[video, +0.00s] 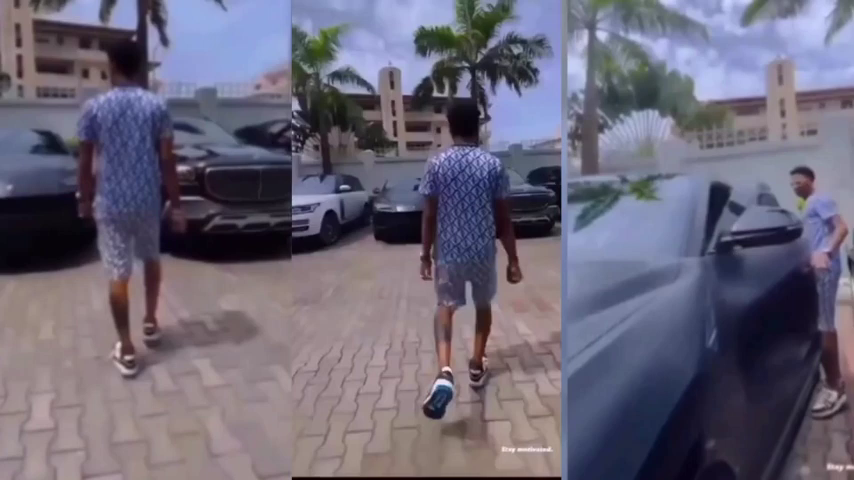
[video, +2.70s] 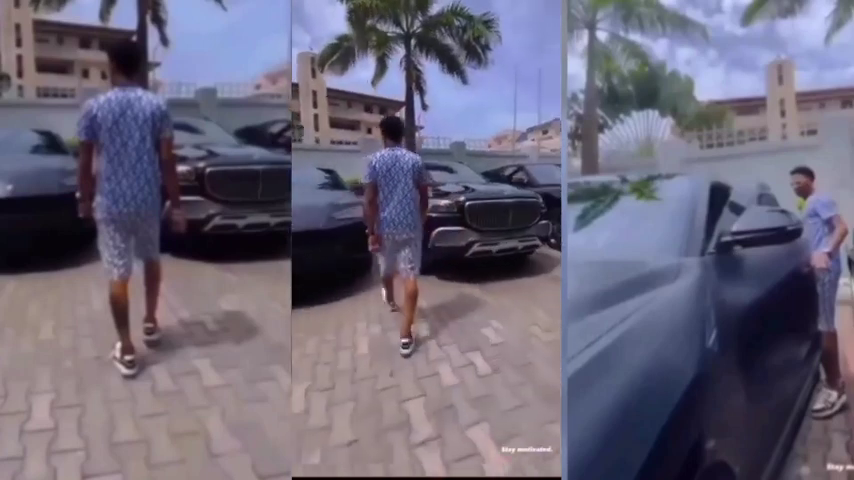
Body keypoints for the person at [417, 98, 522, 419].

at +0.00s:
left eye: (452, 125)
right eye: (476, 125)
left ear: (450, 128)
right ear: (478, 127)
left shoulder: (437, 163)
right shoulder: (492, 163)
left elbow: (429, 214)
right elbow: (503, 218)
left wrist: (426, 253)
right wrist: (513, 260)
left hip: (448, 252)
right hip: (482, 251)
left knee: (445, 305)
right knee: (483, 307)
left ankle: (444, 370)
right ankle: (477, 365)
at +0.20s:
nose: (448, 126)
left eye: (447, 120)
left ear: (448, 123)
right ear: (475, 122)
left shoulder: (437, 158)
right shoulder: (490, 156)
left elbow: (429, 207)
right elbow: (501, 201)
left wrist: (431, 242)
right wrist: (493, 230)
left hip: (450, 242)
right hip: (481, 242)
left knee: (451, 290)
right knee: (480, 311)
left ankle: (456, 342)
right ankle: (474, 385)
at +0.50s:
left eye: (442, 129)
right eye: (469, 128)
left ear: (443, 132)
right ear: (470, 130)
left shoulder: (434, 165)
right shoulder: (482, 160)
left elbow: (429, 211)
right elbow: (491, 201)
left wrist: (426, 247)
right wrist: (501, 210)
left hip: (447, 240)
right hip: (476, 239)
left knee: (453, 284)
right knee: (486, 295)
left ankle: (462, 329)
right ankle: (478, 360)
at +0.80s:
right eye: (469, 127)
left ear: (443, 131)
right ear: (468, 129)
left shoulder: (433, 160)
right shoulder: (479, 159)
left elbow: (426, 203)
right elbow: (489, 202)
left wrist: (431, 229)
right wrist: (500, 239)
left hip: (442, 231)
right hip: (471, 230)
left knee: (452, 290)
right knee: (475, 274)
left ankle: (461, 353)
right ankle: (474, 316)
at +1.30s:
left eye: (450, 126)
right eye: (466, 125)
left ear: (448, 128)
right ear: (471, 127)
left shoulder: (439, 156)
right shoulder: (481, 155)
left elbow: (433, 196)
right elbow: (489, 193)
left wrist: (430, 228)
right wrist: (489, 218)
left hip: (447, 223)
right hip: (473, 224)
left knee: (443, 267)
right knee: (472, 275)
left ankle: (448, 312)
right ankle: (465, 329)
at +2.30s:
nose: (418, 136)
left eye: (418, 132)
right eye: (427, 131)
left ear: (418, 133)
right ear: (438, 133)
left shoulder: (406, 159)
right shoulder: (446, 160)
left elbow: (399, 197)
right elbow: (452, 198)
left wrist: (396, 227)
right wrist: (456, 228)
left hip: (414, 224)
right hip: (438, 224)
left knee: (410, 270)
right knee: (437, 268)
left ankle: (418, 316)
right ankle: (432, 309)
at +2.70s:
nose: (382, 138)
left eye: (382, 134)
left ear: (383, 135)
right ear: (402, 135)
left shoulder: (375, 161)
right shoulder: (414, 160)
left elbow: (370, 199)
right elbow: (424, 193)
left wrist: (371, 230)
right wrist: (422, 217)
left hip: (386, 226)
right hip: (411, 226)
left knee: (387, 268)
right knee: (410, 277)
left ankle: (390, 300)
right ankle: (406, 334)